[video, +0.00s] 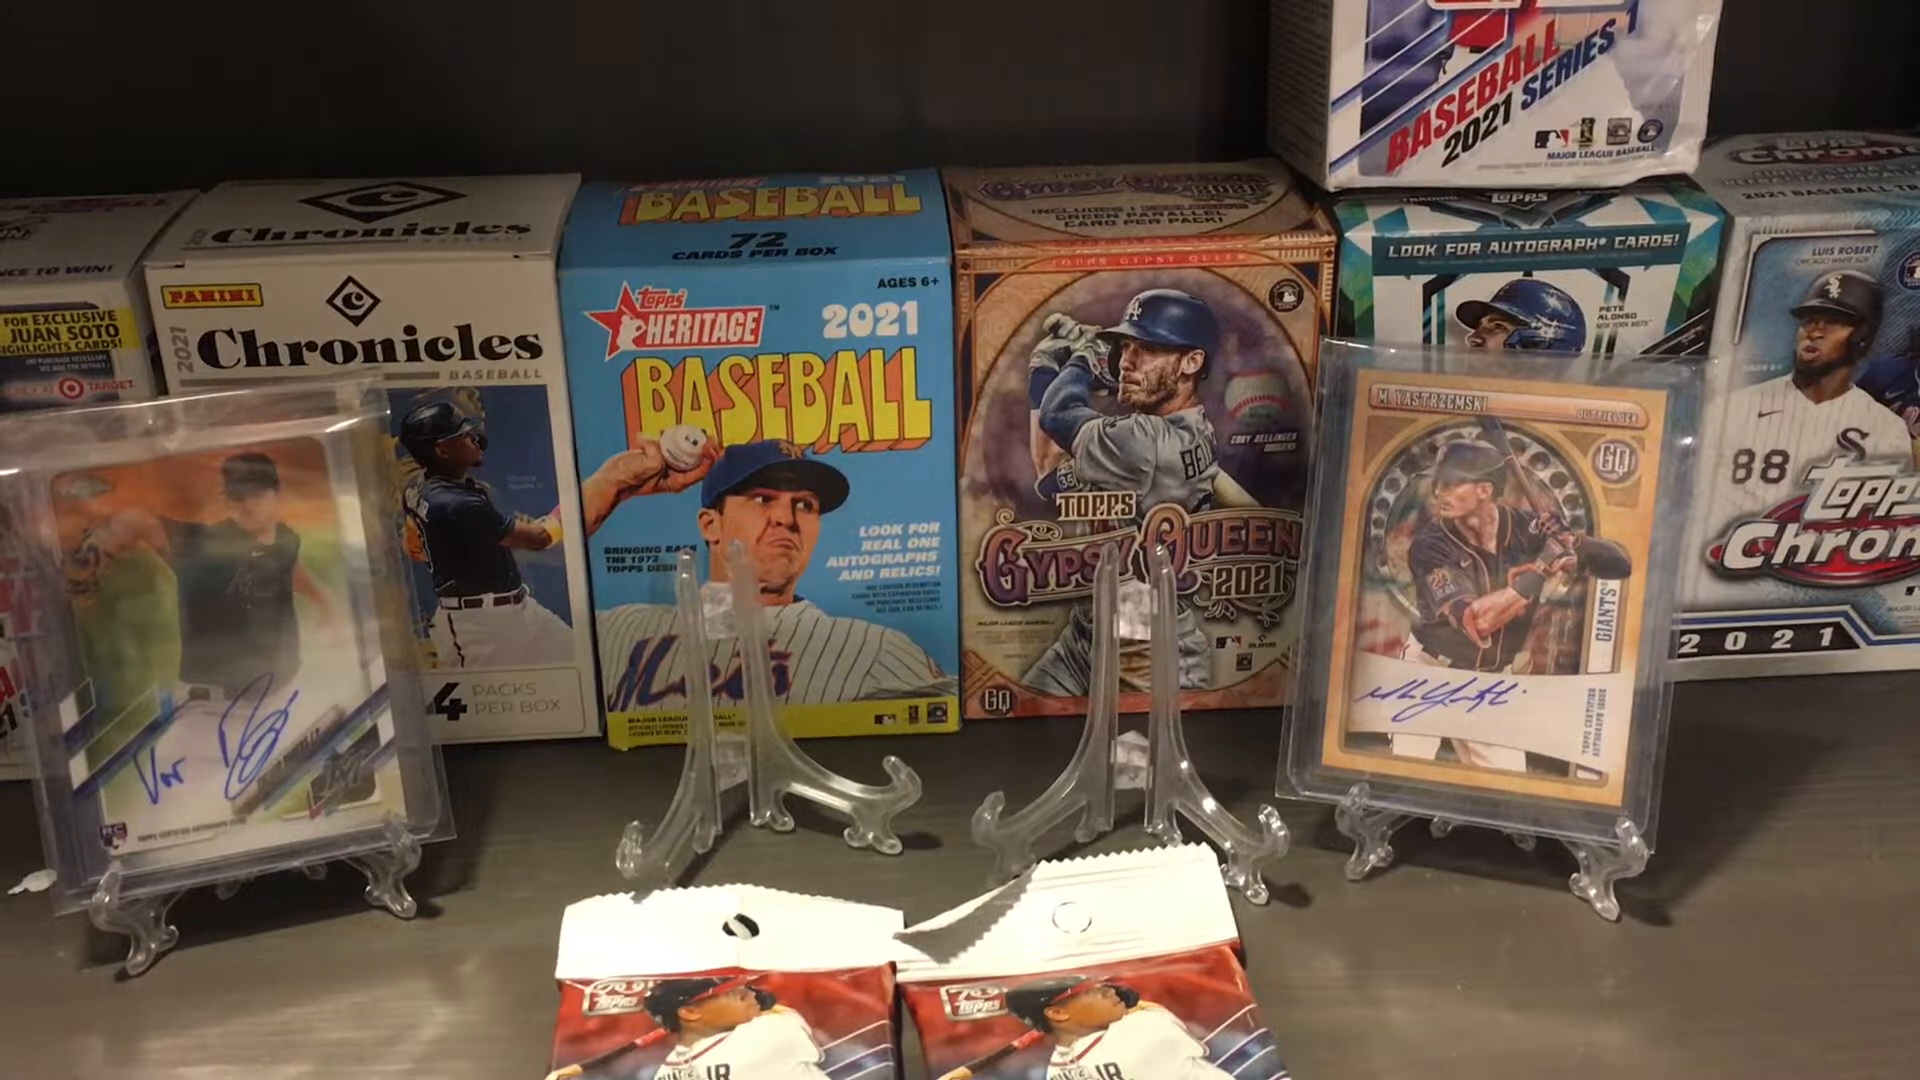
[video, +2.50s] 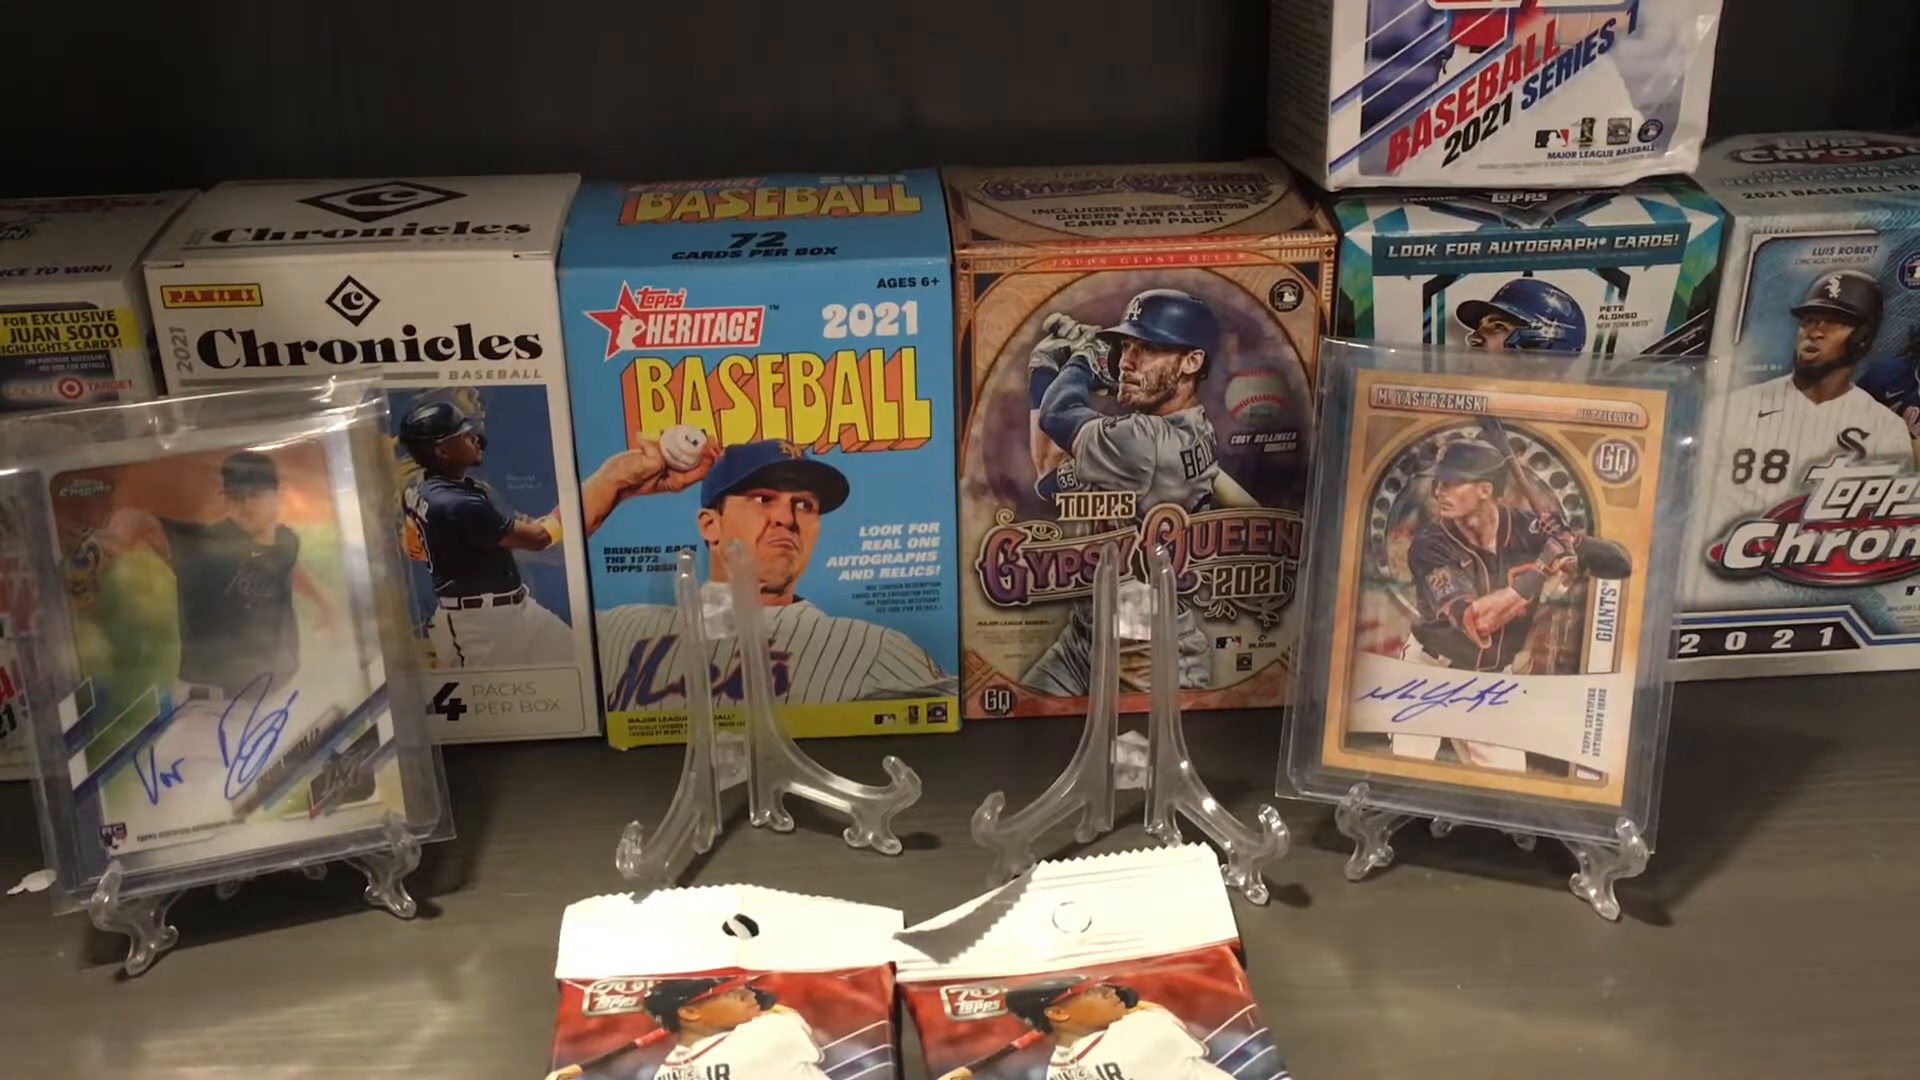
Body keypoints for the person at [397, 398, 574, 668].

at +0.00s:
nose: (476, 437)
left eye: (470, 431)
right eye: (465, 434)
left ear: (443, 451)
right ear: (442, 450)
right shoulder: (460, 507)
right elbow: (539, 538)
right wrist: (569, 510)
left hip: (519, 608)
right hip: (474, 623)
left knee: (587, 665)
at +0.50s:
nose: (474, 435)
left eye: (468, 429)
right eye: (463, 433)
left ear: (442, 451)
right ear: (441, 450)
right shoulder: (459, 506)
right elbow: (538, 538)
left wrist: (546, 522)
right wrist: (568, 512)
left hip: (520, 609)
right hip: (474, 623)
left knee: (588, 665)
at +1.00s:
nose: (474, 435)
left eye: (468, 429)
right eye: (464, 433)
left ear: (443, 451)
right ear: (442, 450)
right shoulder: (461, 506)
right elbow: (539, 537)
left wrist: (538, 523)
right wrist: (570, 510)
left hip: (520, 610)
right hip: (474, 623)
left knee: (588, 664)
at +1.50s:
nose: (474, 435)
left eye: (468, 429)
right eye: (463, 433)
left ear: (443, 451)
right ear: (442, 450)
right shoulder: (460, 506)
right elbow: (539, 537)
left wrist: (537, 524)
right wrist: (573, 507)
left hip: (519, 609)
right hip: (475, 623)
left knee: (587, 663)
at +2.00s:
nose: (475, 435)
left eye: (468, 430)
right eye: (464, 433)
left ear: (443, 451)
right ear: (442, 450)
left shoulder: (421, 489)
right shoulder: (461, 506)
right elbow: (538, 537)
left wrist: (533, 523)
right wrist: (573, 506)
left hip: (521, 609)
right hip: (477, 623)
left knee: (587, 663)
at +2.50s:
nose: (475, 436)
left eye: (469, 430)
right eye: (464, 433)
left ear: (442, 452)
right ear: (442, 450)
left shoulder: (422, 491)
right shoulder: (462, 507)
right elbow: (538, 537)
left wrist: (536, 524)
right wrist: (571, 509)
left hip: (520, 609)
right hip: (476, 623)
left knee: (586, 664)